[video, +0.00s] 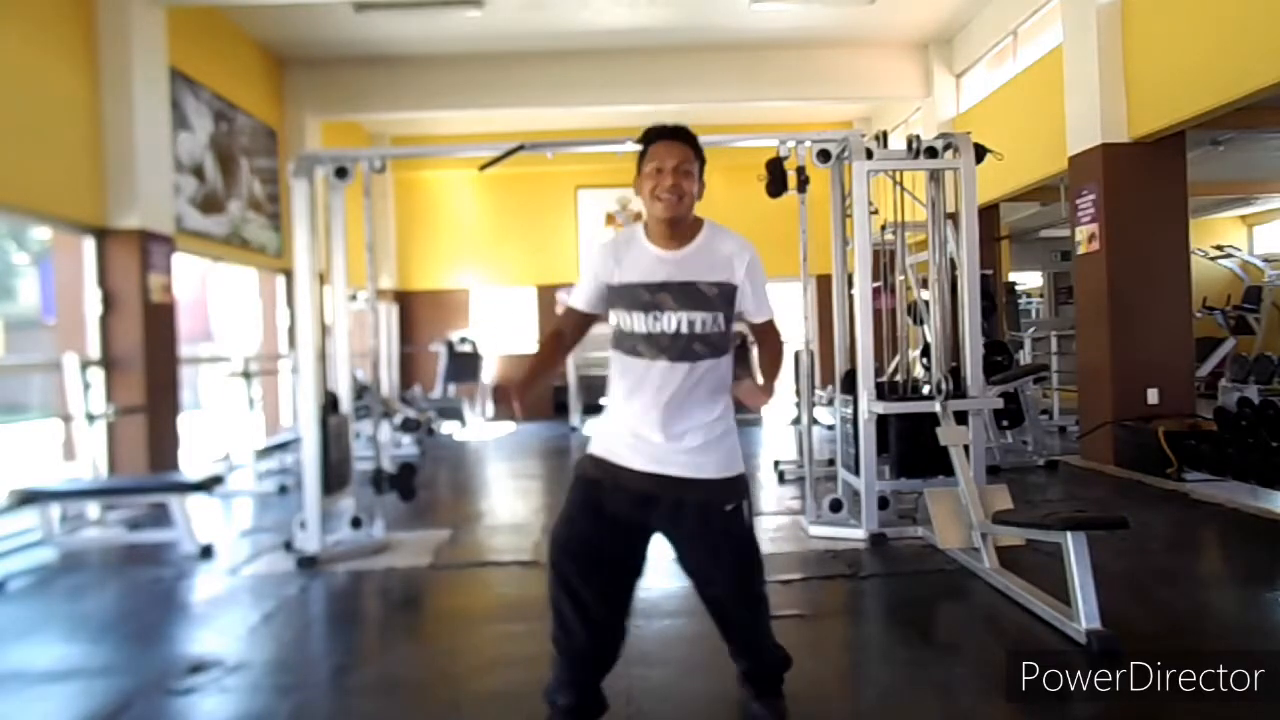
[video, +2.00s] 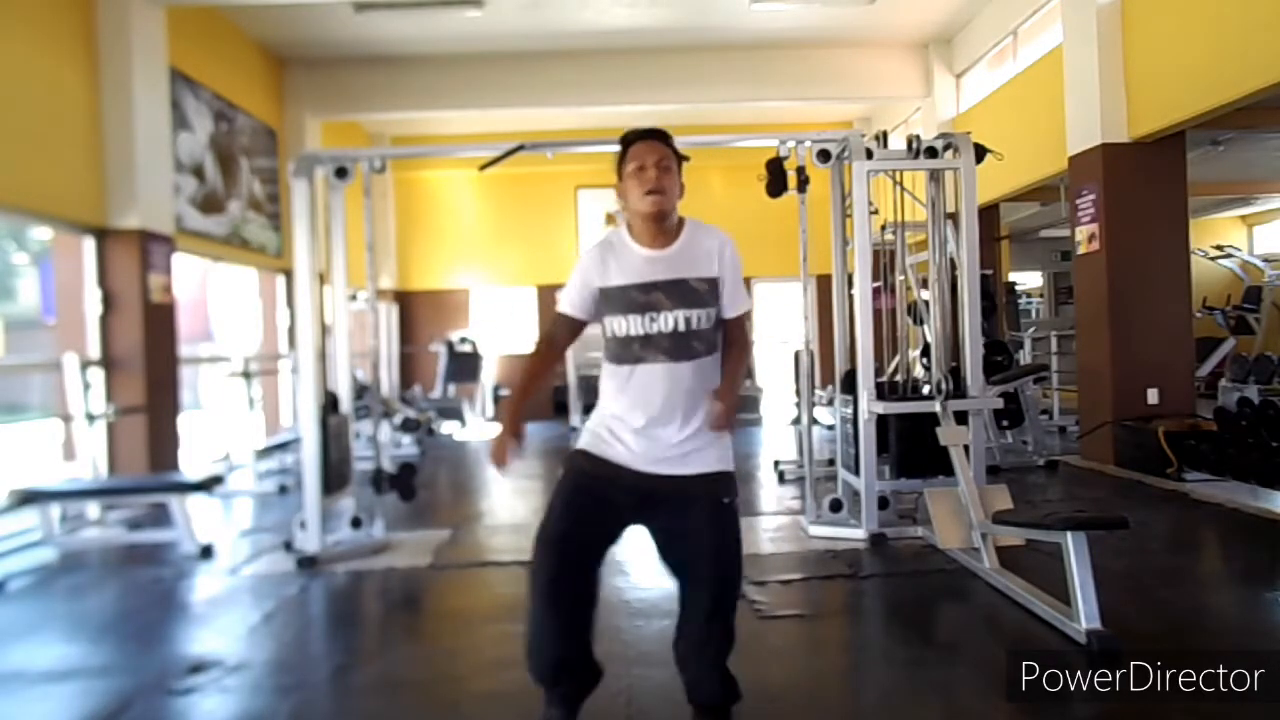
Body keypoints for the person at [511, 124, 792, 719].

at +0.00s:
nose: (670, 182)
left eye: (682, 171)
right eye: (657, 170)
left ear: (701, 182)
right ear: (638, 183)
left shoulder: (734, 255)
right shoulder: (612, 256)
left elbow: (766, 334)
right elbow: (568, 329)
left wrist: (765, 385)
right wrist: (524, 380)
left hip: (706, 457)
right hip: (620, 449)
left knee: (735, 586)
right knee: (576, 561)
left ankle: (765, 685)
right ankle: (575, 698)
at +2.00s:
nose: (654, 177)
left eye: (664, 166)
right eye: (640, 169)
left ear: (682, 179)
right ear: (620, 186)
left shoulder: (716, 249)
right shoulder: (600, 259)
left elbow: (737, 334)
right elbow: (556, 340)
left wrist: (729, 390)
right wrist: (514, 414)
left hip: (696, 452)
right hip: (611, 447)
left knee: (715, 584)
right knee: (558, 555)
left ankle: (710, 698)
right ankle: (564, 686)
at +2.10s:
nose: (653, 156)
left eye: (663, 146)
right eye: (639, 149)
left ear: (682, 160)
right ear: (621, 167)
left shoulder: (714, 229)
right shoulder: (599, 236)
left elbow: (742, 311)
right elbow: (554, 309)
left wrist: (738, 371)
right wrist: (502, 360)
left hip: (690, 440)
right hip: (606, 433)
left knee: (692, 608)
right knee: (561, 584)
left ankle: (710, 704)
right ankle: (593, 659)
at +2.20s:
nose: (651, 150)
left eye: (661, 139)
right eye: (637, 142)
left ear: (679, 152)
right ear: (618, 157)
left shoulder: (705, 221)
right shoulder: (587, 222)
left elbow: (756, 284)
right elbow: (533, 281)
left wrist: (799, 339)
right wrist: (526, 284)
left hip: (684, 431)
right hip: (603, 431)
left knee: (685, 572)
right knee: (604, 572)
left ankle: (686, 699)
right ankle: (614, 696)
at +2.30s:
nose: (655, 162)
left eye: (665, 152)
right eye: (641, 152)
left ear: (677, 163)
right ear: (616, 163)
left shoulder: (705, 232)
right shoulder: (586, 233)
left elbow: (782, 275)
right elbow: (501, 273)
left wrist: (861, 300)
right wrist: (557, 239)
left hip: (684, 453)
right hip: (605, 452)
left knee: (679, 600)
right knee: (616, 606)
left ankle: (676, 704)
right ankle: (618, 706)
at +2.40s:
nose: (686, 177)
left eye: (686, 167)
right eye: (674, 166)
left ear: (667, 174)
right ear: (634, 170)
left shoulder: (704, 231)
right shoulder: (587, 236)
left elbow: (788, 247)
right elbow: (507, 263)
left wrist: (870, 254)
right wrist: (557, 225)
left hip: (681, 451)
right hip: (597, 445)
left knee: (674, 595)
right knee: (555, 555)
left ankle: (676, 701)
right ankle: (606, 657)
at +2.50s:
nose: (694, 180)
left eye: (693, 170)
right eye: (684, 170)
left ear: (663, 172)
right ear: (646, 172)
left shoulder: (707, 233)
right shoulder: (589, 230)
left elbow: (780, 242)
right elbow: (509, 246)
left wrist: (831, 220)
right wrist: (500, 214)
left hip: (683, 444)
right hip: (602, 432)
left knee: (677, 603)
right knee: (557, 539)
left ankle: (677, 703)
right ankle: (603, 611)